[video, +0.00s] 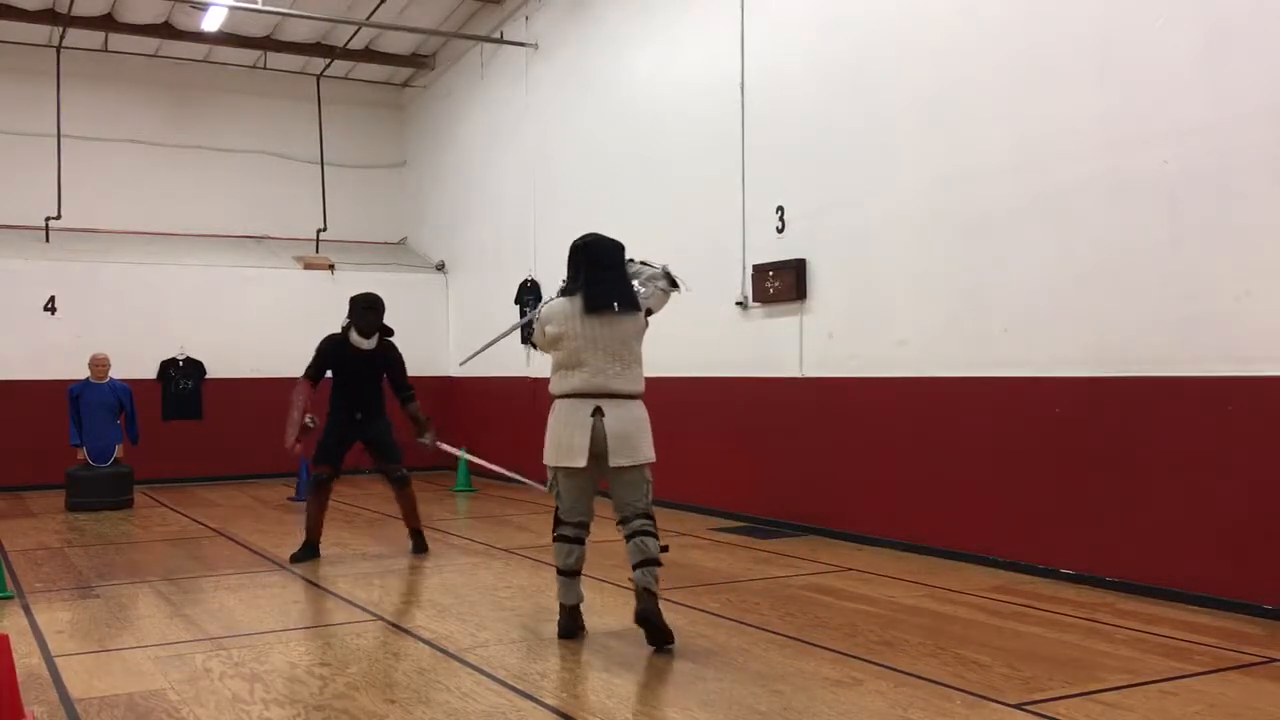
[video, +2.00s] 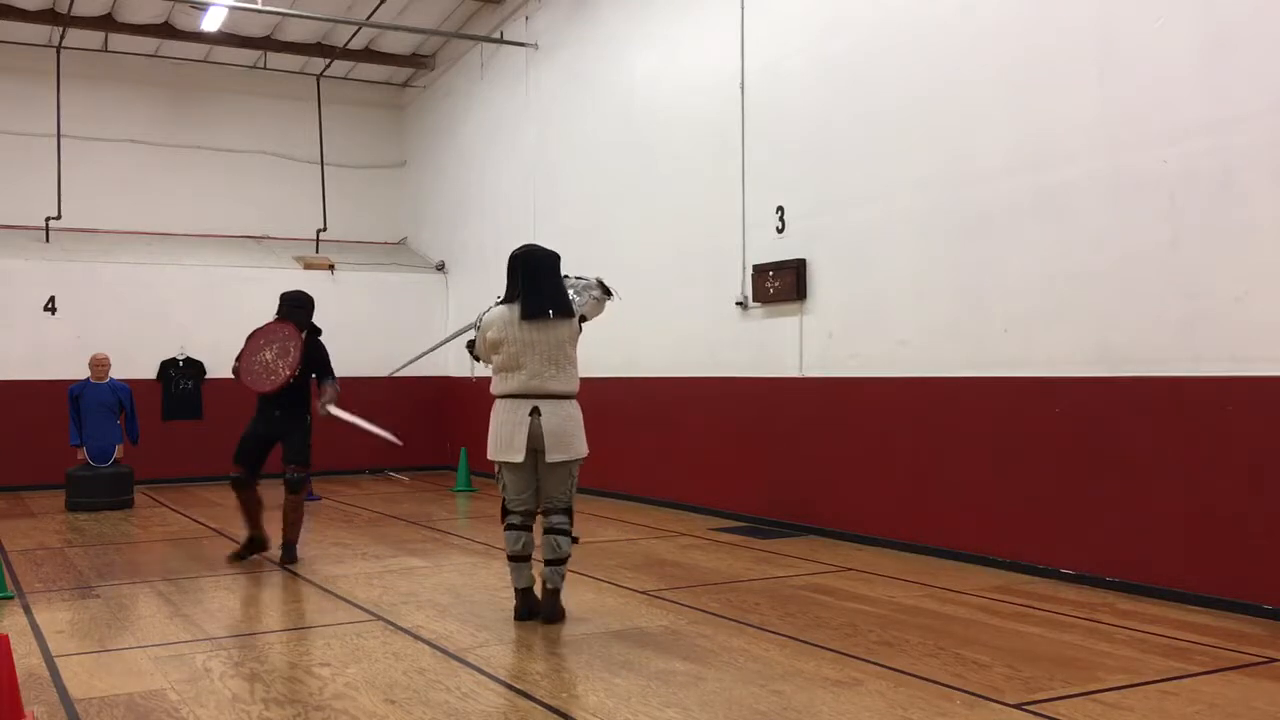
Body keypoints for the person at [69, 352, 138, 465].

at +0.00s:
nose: (100, 369)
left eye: (104, 366)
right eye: (96, 366)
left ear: (109, 367)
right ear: (89, 367)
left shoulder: (121, 389)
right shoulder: (77, 390)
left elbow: (130, 415)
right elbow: (74, 419)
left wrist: (133, 437)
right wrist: (78, 445)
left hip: (113, 444)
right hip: (88, 444)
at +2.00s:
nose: (100, 369)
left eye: (104, 366)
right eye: (96, 366)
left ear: (109, 367)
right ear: (89, 367)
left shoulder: (121, 389)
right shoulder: (77, 390)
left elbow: (130, 415)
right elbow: (74, 419)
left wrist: (133, 437)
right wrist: (78, 445)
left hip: (114, 445)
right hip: (87, 445)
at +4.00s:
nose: (100, 369)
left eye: (103, 366)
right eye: (96, 366)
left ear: (109, 367)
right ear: (89, 367)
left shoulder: (121, 389)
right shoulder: (77, 390)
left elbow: (130, 415)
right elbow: (74, 420)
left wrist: (133, 437)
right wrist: (78, 445)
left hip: (113, 445)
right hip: (87, 445)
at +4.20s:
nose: (100, 369)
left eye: (103, 366)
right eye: (96, 366)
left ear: (109, 367)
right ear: (89, 367)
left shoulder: (121, 389)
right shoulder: (77, 390)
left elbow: (130, 415)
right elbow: (74, 419)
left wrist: (133, 437)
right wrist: (78, 445)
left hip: (113, 445)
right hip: (87, 445)